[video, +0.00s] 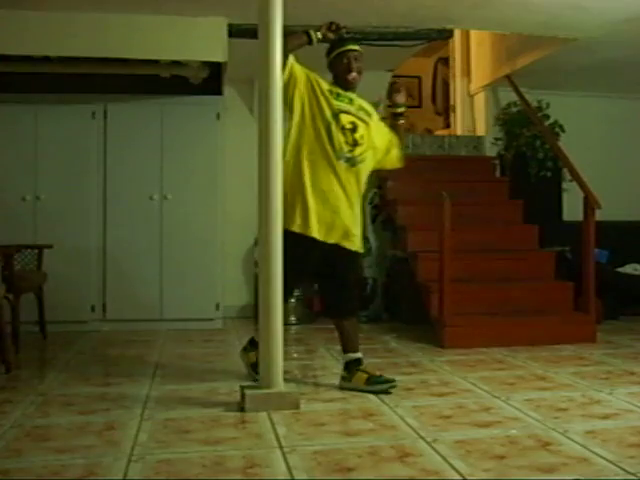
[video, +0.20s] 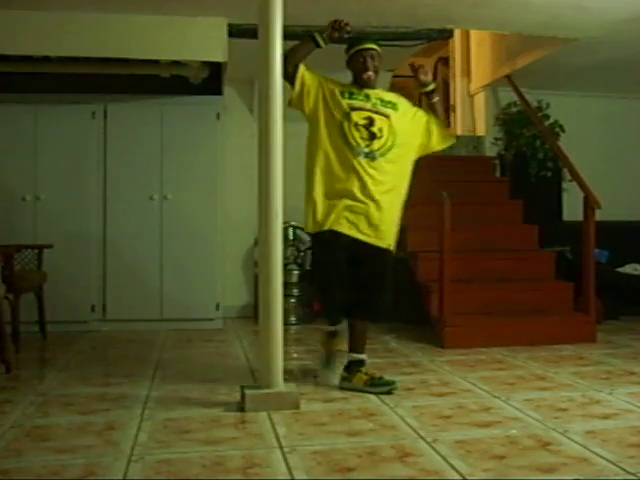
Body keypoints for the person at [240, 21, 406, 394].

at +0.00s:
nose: (353, 67)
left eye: (358, 62)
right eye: (345, 60)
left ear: (362, 68)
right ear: (331, 65)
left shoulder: (367, 114)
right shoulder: (308, 87)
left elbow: (393, 154)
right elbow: (275, 55)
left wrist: (395, 112)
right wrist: (314, 35)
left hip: (344, 218)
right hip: (302, 209)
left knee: (346, 296)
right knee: (280, 289)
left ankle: (353, 367)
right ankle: (257, 348)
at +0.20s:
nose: (368, 65)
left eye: (373, 59)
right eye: (361, 59)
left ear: (380, 66)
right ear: (349, 65)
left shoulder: (401, 107)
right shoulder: (328, 94)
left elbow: (441, 133)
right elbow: (289, 67)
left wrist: (430, 94)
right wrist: (320, 38)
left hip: (380, 211)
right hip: (334, 205)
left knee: (365, 292)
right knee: (331, 285)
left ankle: (355, 367)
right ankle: (333, 334)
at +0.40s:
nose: (381, 75)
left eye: (387, 69)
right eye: (375, 70)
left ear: (396, 73)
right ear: (365, 74)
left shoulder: (424, 109)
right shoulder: (345, 105)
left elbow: (473, 123)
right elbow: (300, 85)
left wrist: (451, 83)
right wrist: (331, 53)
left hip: (404, 216)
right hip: (354, 215)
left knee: (390, 296)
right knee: (357, 297)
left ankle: (360, 365)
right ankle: (407, 335)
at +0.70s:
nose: (394, 80)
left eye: (400, 74)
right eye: (388, 75)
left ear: (414, 78)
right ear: (381, 80)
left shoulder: (439, 106)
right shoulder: (367, 115)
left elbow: (493, 122)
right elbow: (321, 109)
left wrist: (467, 81)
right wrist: (344, 74)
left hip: (431, 199)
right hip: (389, 209)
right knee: (403, 290)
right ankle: (438, 357)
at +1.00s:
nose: (395, 76)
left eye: (401, 70)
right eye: (388, 71)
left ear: (414, 71)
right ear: (381, 75)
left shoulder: (444, 97)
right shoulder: (369, 111)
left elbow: (494, 105)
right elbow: (322, 108)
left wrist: (465, 66)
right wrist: (344, 72)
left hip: (452, 208)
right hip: (407, 216)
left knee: (468, 279)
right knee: (427, 293)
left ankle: (482, 306)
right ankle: (444, 355)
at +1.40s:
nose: (389, 80)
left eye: (394, 72)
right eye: (383, 76)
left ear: (408, 68)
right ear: (379, 77)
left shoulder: (440, 98)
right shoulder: (378, 105)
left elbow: (469, 128)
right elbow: (350, 101)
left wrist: (461, 85)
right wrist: (368, 58)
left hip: (442, 206)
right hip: (396, 211)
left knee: (442, 283)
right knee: (401, 290)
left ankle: (437, 342)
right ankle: (435, 352)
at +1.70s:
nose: (390, 84)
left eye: (395, 78)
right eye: (384, 79)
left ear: (403, 82)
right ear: (375, 83)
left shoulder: (417, 117)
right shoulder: (364, 115)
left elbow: (434, 166)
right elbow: (337, 108)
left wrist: (444, 133)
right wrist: (363, 75)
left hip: (419, 217)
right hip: (383, 216)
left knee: (418, 294)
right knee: (398, 294)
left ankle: (360, 333)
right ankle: (425, 348)